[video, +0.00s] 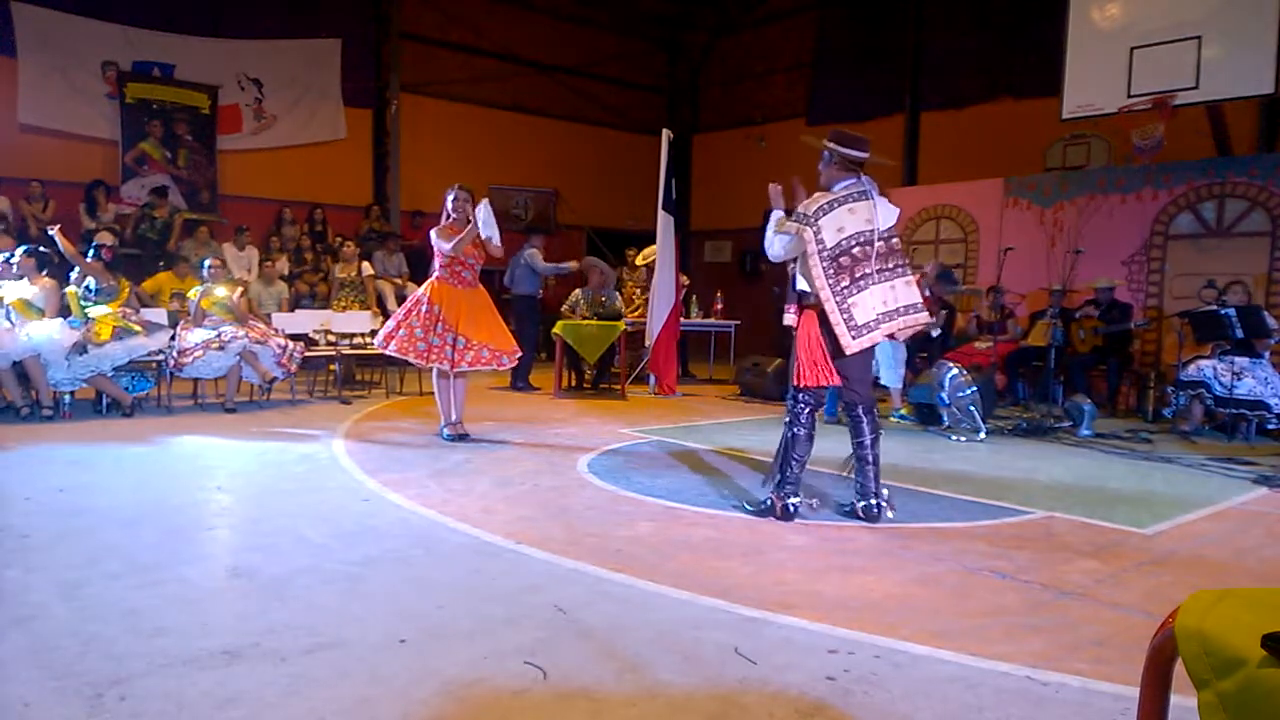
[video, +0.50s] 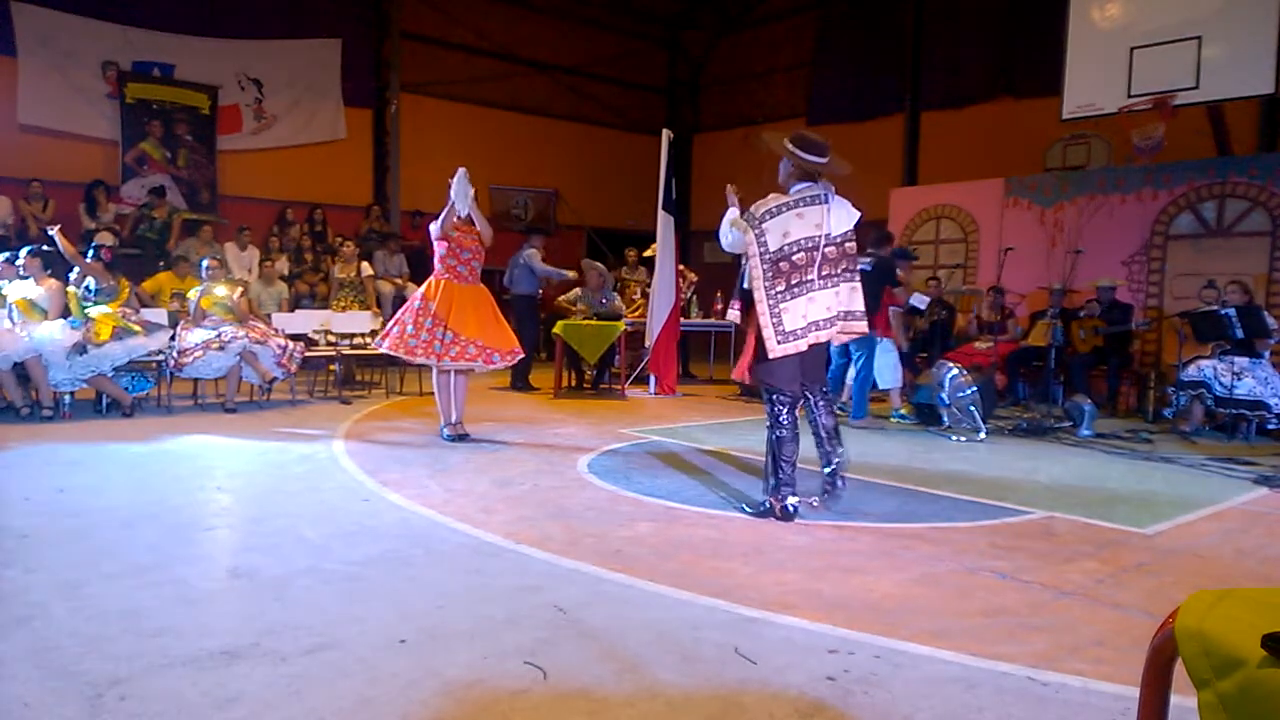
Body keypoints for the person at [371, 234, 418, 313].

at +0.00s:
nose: (395, 244)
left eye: (396, 241)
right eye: (392, 241)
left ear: (398, 243)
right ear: (386, 243)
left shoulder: (400, 255)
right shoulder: (378, 255)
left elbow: (405, 271)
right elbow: (379, 273)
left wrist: (404, 280)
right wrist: (393, 281)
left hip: (397, 278)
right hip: (383, 278)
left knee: (413, 288)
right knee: (387, 289)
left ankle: (418, 311)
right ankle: (394, 313)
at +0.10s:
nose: (396, 244)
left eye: (397, 241)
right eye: (393, 241)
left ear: (399, 243)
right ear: (386, 243)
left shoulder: (400, 255)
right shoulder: (378, 255)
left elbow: (405, 271)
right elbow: (379, 273)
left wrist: (404, 280)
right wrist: (393, 282)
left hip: (397, 278)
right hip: (383, 278)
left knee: (413, 289)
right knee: (387, 289)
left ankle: (417, 312)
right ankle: (394, 312)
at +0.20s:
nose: (396, 244)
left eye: (397, 242)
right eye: (393, 241)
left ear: (398, 243)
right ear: (387, 243)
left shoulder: (400, 255)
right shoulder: (378, 254)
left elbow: (405, 271)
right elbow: (379, 273)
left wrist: (404, 280)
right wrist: (394, 282)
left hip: (397, 278)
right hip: (383, 278)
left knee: (413, 289)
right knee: (387, 289)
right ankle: (395, 312)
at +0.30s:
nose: (396, 244)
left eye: (397, 241)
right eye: (393, 241)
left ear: (399, 243)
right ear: (387, 243)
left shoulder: (400, 255)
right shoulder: (379, 254)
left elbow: (405, 271)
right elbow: (379, 273)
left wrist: (404, 280)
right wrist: (394, 282)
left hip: (397, 278)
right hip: (383, 278)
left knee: (413, 289)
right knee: (387, 289)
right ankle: (394, 313)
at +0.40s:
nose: (395, 245)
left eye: (396, 242)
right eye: (393, 242)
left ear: (398, 244)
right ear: (386, 243)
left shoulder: (399, 255)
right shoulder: (377, 254)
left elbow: (404, 271)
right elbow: (378, 272)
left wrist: (403, 280)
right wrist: (393, 282)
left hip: (397, 277)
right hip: (382, 277)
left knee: (412, 289)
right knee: (386, 290)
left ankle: (416, 315)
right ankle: (390, 317)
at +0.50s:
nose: (396, 245)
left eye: (397, 243)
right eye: (394, 243)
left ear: (399, 244)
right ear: (387, 243)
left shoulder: (400, 255)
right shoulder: (379, 254)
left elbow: (405, 272)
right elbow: (380, 273)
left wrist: (404, 282)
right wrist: (395, 283)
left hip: (398, 278)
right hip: (383, 278)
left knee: (414, 291)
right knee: (387, 291)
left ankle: (417, 317)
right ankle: (387, 318)